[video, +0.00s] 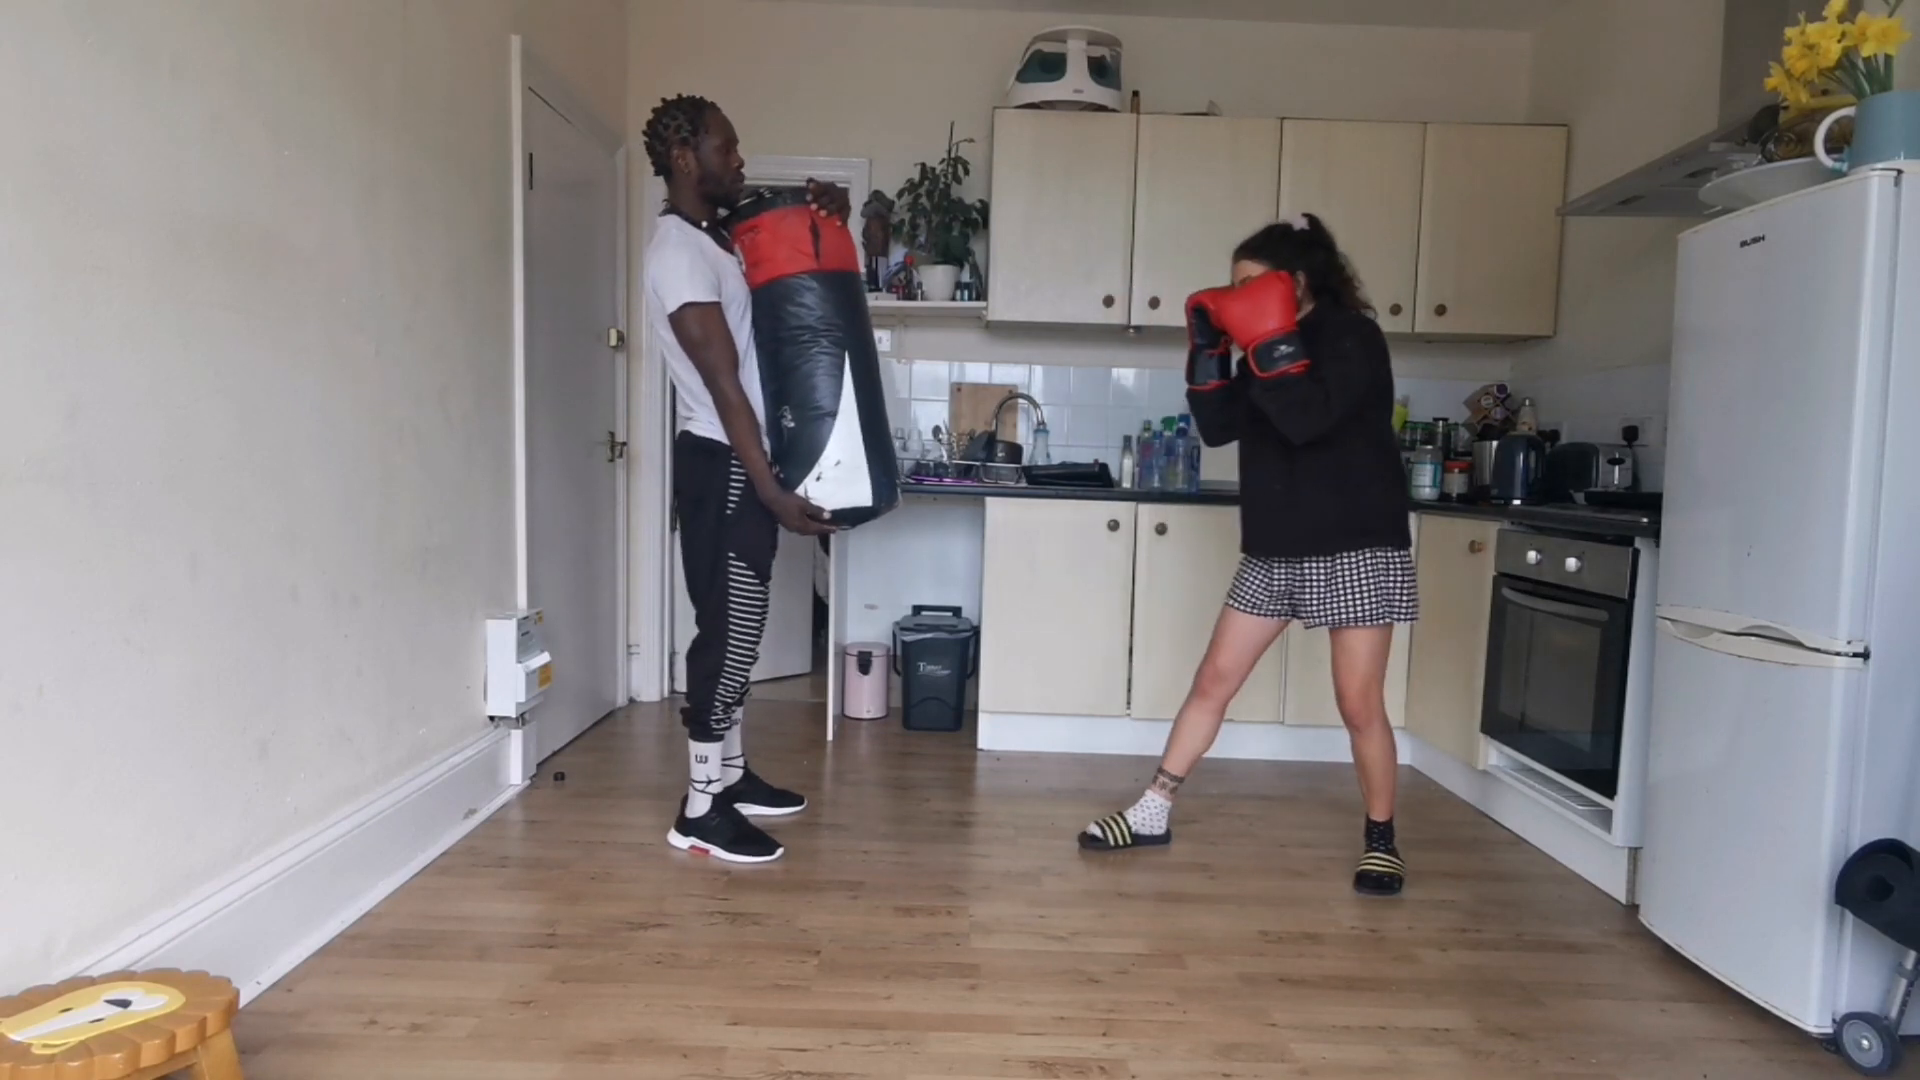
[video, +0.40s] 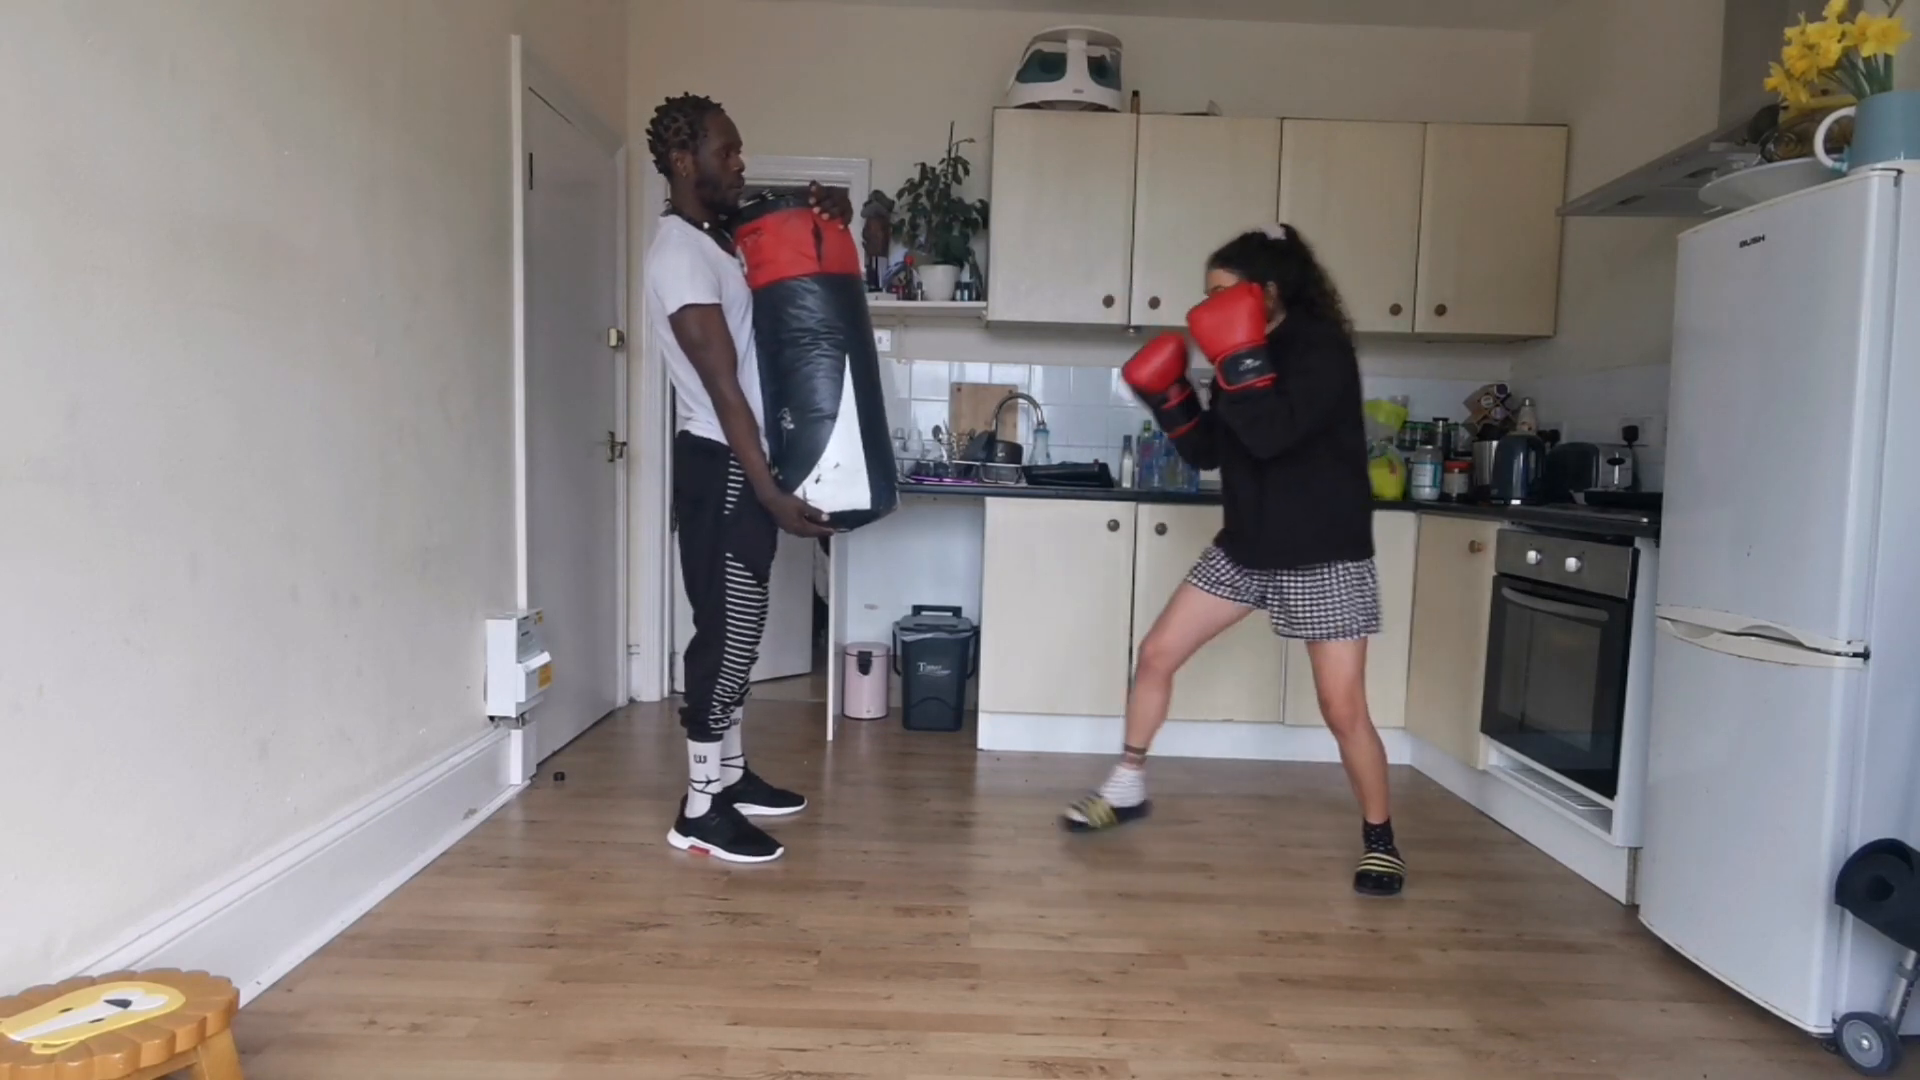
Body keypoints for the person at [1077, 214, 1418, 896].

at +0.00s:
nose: (1241, 300)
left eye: (1253, 286)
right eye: (1237, 289)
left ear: (1299, 283)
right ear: (1244, 293)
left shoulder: (1352, 337)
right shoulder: (1258, 350)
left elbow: (1311, 420)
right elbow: (1217, 427)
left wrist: (1272, 344)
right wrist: (1208, 347)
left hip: (1359, 540)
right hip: (1277, 541)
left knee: (1360, 705)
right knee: (1214, 678)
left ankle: (1381, 840)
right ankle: (1153, 809)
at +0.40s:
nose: (1215, 307)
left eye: (1225, 292)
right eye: (1212, 295)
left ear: (1270, 292)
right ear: (1238, 299)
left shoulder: (1319, 347)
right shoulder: (1247, 361)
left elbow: (1271, 435)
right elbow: (1209, 451)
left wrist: (1240, 358)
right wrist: (1170, 398)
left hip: (1325, 548)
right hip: (1248, 543)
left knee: (1343, 709)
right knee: (1156, 654)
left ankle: (1379, 841)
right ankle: (1127, 784)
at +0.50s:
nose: (1148, 307)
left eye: (1159, 292)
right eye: (1146, 295)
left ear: (1200, 288)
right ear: (1158, 299)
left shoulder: (1260, 345)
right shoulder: (1162, 361)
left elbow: (1237, 429)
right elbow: (1130, 434)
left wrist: (1195, 354)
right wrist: (1090, 403)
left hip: (1297, 526)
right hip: (1214, 535)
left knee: (1341, 687)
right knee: (1137, 663)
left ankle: (1380, 834)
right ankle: (1065, 780)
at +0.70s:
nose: (1094, 358)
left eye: (1105, 347)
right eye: (1093, 348)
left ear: (1148, 344)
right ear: (1118, 349)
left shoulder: (1199, 394)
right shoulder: (1117, 404)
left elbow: (1172, 483)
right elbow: (1035, 420)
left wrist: (1128, 415)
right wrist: (951, 405)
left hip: (1257, 557)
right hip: (1175, 563)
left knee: (1317, 706)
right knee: (1092, 659)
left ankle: (1395, 812)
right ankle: (1066, 795)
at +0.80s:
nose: (1112, 353)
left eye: (1126, 341)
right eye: (1114, 341)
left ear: (1170, 347)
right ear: (1137, 343)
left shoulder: (1216, 398)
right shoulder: (1131, 396)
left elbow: (1173, 493)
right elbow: (1065, 438)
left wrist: (1146, 421)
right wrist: (1003, 433)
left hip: (1255, 558)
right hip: (1176, 561)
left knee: (1311, 709)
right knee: (1094, 656)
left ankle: (1397, 805)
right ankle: (1065, 794)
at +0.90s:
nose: (1196, 346)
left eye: (1210, 334)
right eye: (1195, 333)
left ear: (1255, 341)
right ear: (1200, 333)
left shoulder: (1282, 402)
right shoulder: (1210, 394)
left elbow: (1225, 493)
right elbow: (1190, 468)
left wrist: (1214, 417)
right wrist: (1139, 444)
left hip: (1271, 572)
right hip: (1189, 563)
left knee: (1317, 721)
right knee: (1107, 661)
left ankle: (1391, 819)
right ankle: (1069, 792)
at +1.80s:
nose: (1157, 300)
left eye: (1168, 288)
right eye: (1155, 289)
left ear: (1211, 290)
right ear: (1165, 295)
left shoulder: (1250, 348)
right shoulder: (1165, 353)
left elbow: (1220, 429)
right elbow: (1133, 429)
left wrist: (1189, 360)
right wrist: (1098, 405)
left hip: (1258, 530)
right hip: (1181, 530)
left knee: (1299, 682)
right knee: (1101, 653)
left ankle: (1340, 801)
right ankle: (1035, 771)